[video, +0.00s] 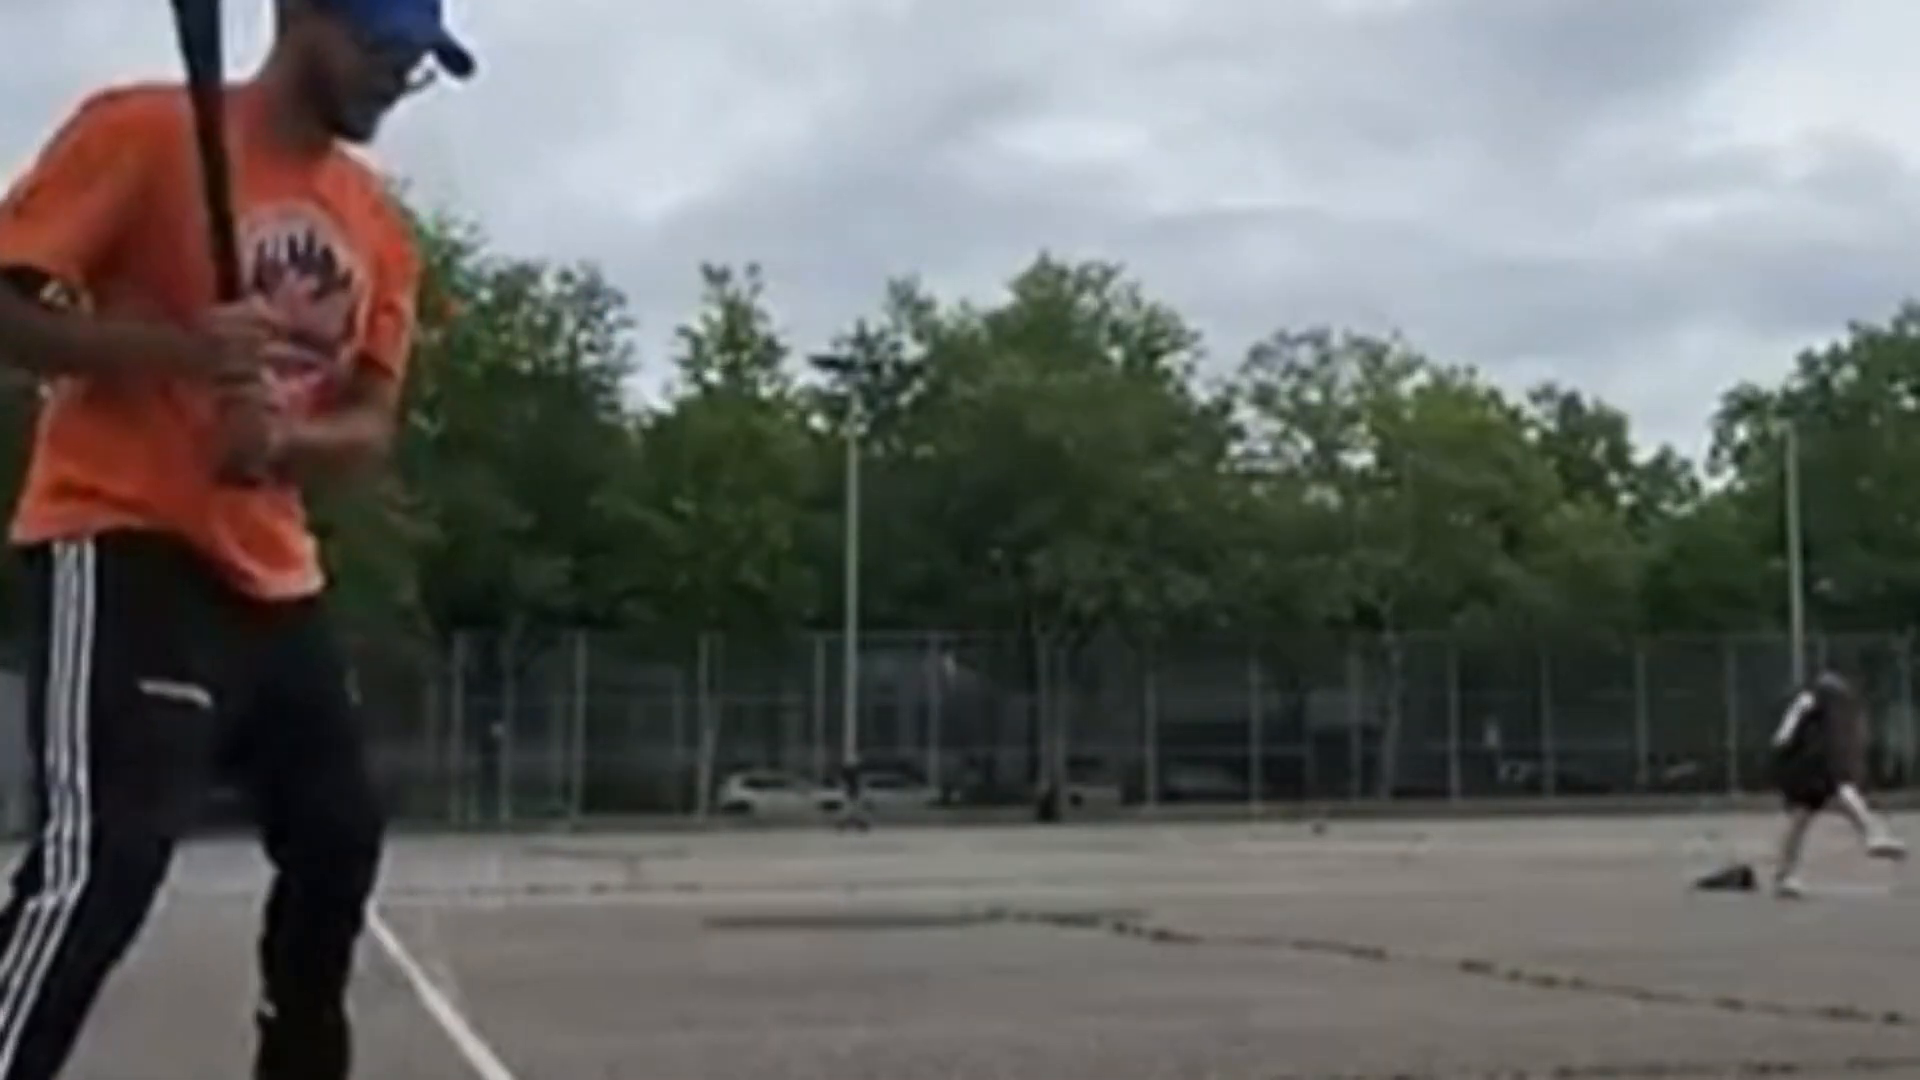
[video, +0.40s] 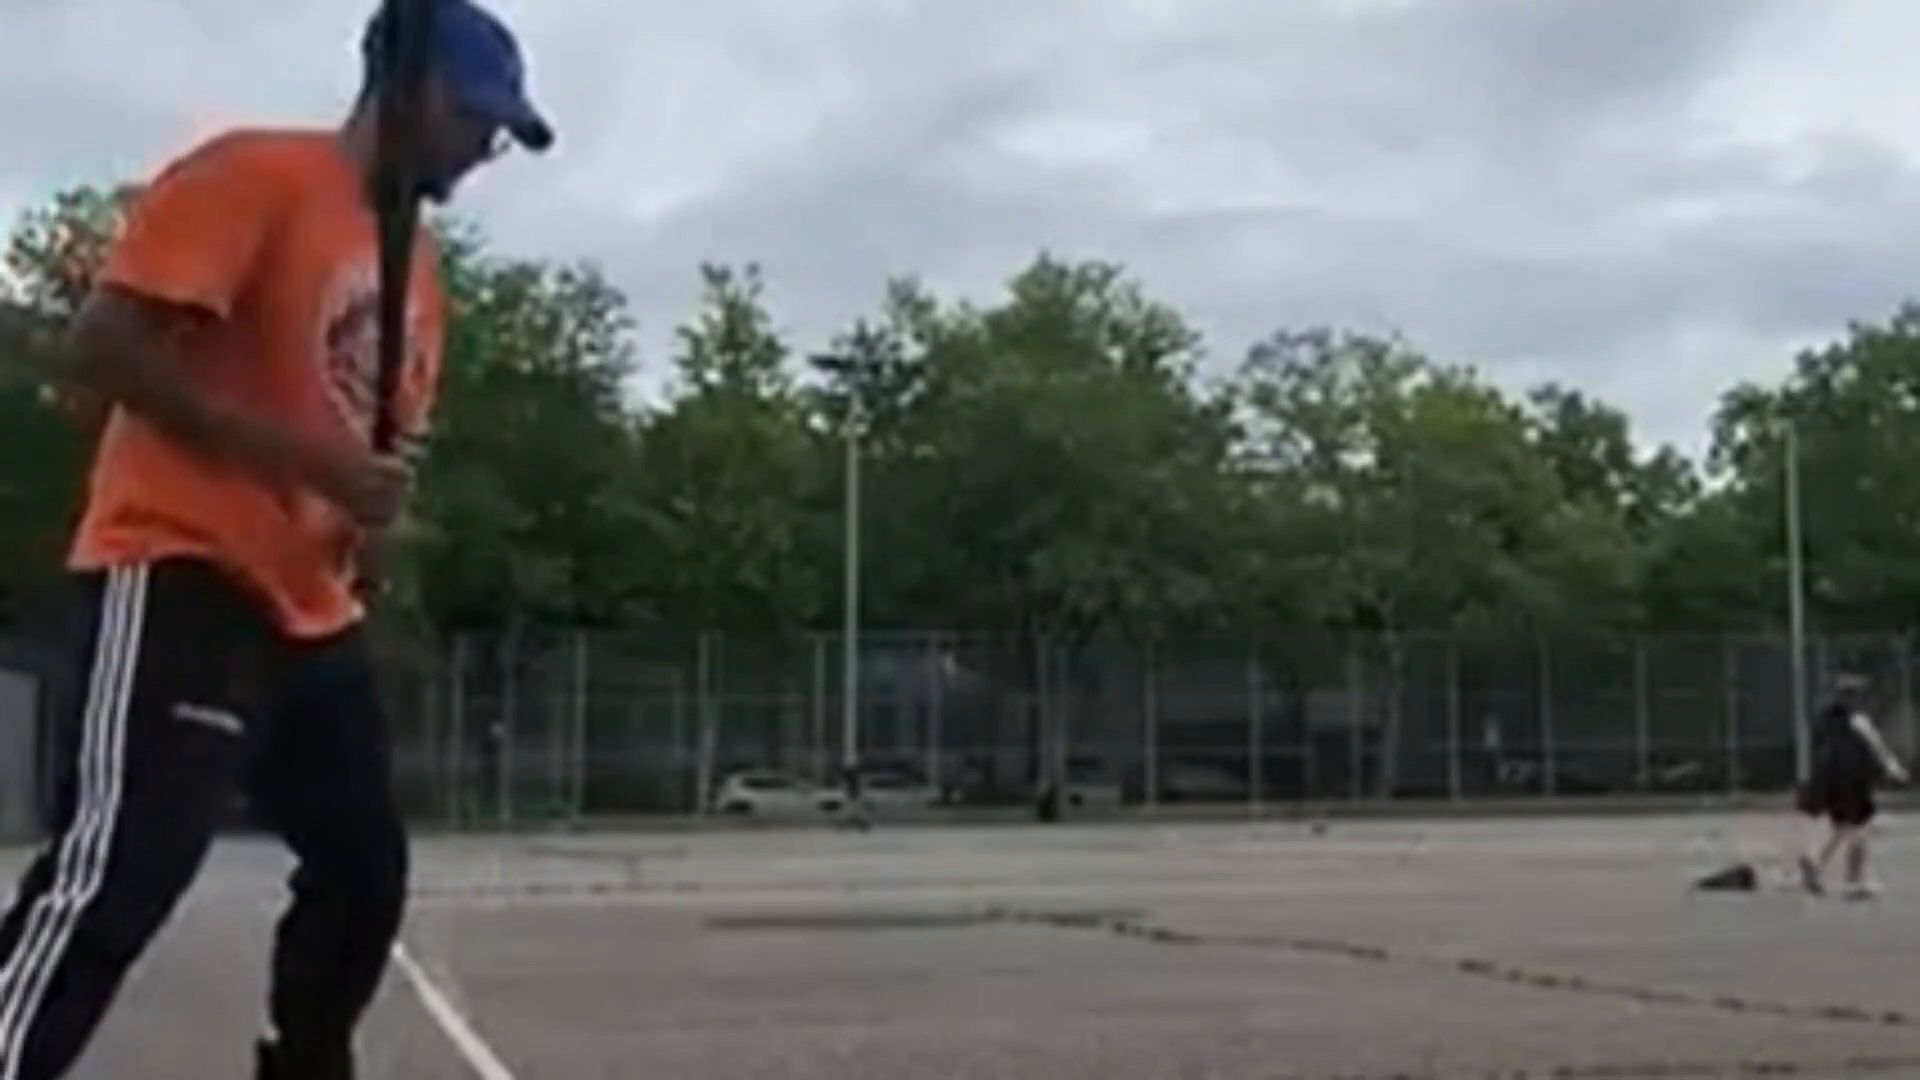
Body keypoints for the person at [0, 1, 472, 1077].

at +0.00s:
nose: (401, 74)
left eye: (414, 55)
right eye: (382, 43)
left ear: (412, 61)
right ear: (303, 20)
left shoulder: (381, 229)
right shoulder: (143, 132)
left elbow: (376, 423)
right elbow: (7, 308)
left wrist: (290, 441)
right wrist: (178, 346)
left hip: (268, 559)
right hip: (117, 531)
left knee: (336, 832)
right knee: (98, 861)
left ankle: (300, 1054)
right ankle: (14, 1058)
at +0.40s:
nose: (489, 147)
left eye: (501, 128)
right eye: (479, 116)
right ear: (406, 85)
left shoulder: (420, 278)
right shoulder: (252, 173)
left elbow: (385, 442)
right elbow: (101, 347)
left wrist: (372, 516)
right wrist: (308, 459)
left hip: (306, 606)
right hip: (174, 571)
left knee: (363, 871)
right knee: (116, 872)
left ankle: (306, 1063)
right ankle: (15, 1060)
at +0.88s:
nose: (503, 137)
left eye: (514, 121)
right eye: (493, 108)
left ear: (450, 101)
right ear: (420, 71)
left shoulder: (436, 294)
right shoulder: (275, 148)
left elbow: (426, 474)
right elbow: (133, 308)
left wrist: (476, 659)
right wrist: (197, 511)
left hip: (318, 602)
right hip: (186, 562)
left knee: (299, 867)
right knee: (131, 853)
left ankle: (273, 1049)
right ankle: (33, 1058)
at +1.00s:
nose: (527, 157)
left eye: (538, 142)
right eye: (515, 125)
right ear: (441, 86)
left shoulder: (451, 316)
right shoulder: (282, 148)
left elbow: (448, 498)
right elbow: (109, 276)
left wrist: (501, 683)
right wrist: (93, 486)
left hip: (300, 602)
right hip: (170, 555)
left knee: (287, 876)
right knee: (112, 852)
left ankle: (262, 1040)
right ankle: (26, 1056)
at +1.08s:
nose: (194, 49)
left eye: (191, 26)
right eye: (171, 21)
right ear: (100, 25)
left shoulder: (176, 163)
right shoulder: (20, 149)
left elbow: (294, 35)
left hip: (156, 572)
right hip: (30, 575)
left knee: (196, 894)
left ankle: (212, 1066)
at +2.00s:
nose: (194, 92)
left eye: (194, 68)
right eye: (184, 64)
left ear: (176, 86)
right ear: (112, 62)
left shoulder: (176, 222)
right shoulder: (12, 174)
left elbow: (260, 160)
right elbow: (261, 161)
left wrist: (127, 28)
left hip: (100, 589)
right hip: (28, 590)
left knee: (304, 831)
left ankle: (311, 1059)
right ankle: (310, 1055)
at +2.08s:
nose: (228, 137)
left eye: (227, 110)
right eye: (216, 106)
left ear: (141, 99)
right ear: (147, 93)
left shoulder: (208, 249)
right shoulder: (9, 190)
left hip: (98, 611)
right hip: (43, 611)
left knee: (319, 848)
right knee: (315, 848)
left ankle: (349, 1060)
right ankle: (348, 1059)